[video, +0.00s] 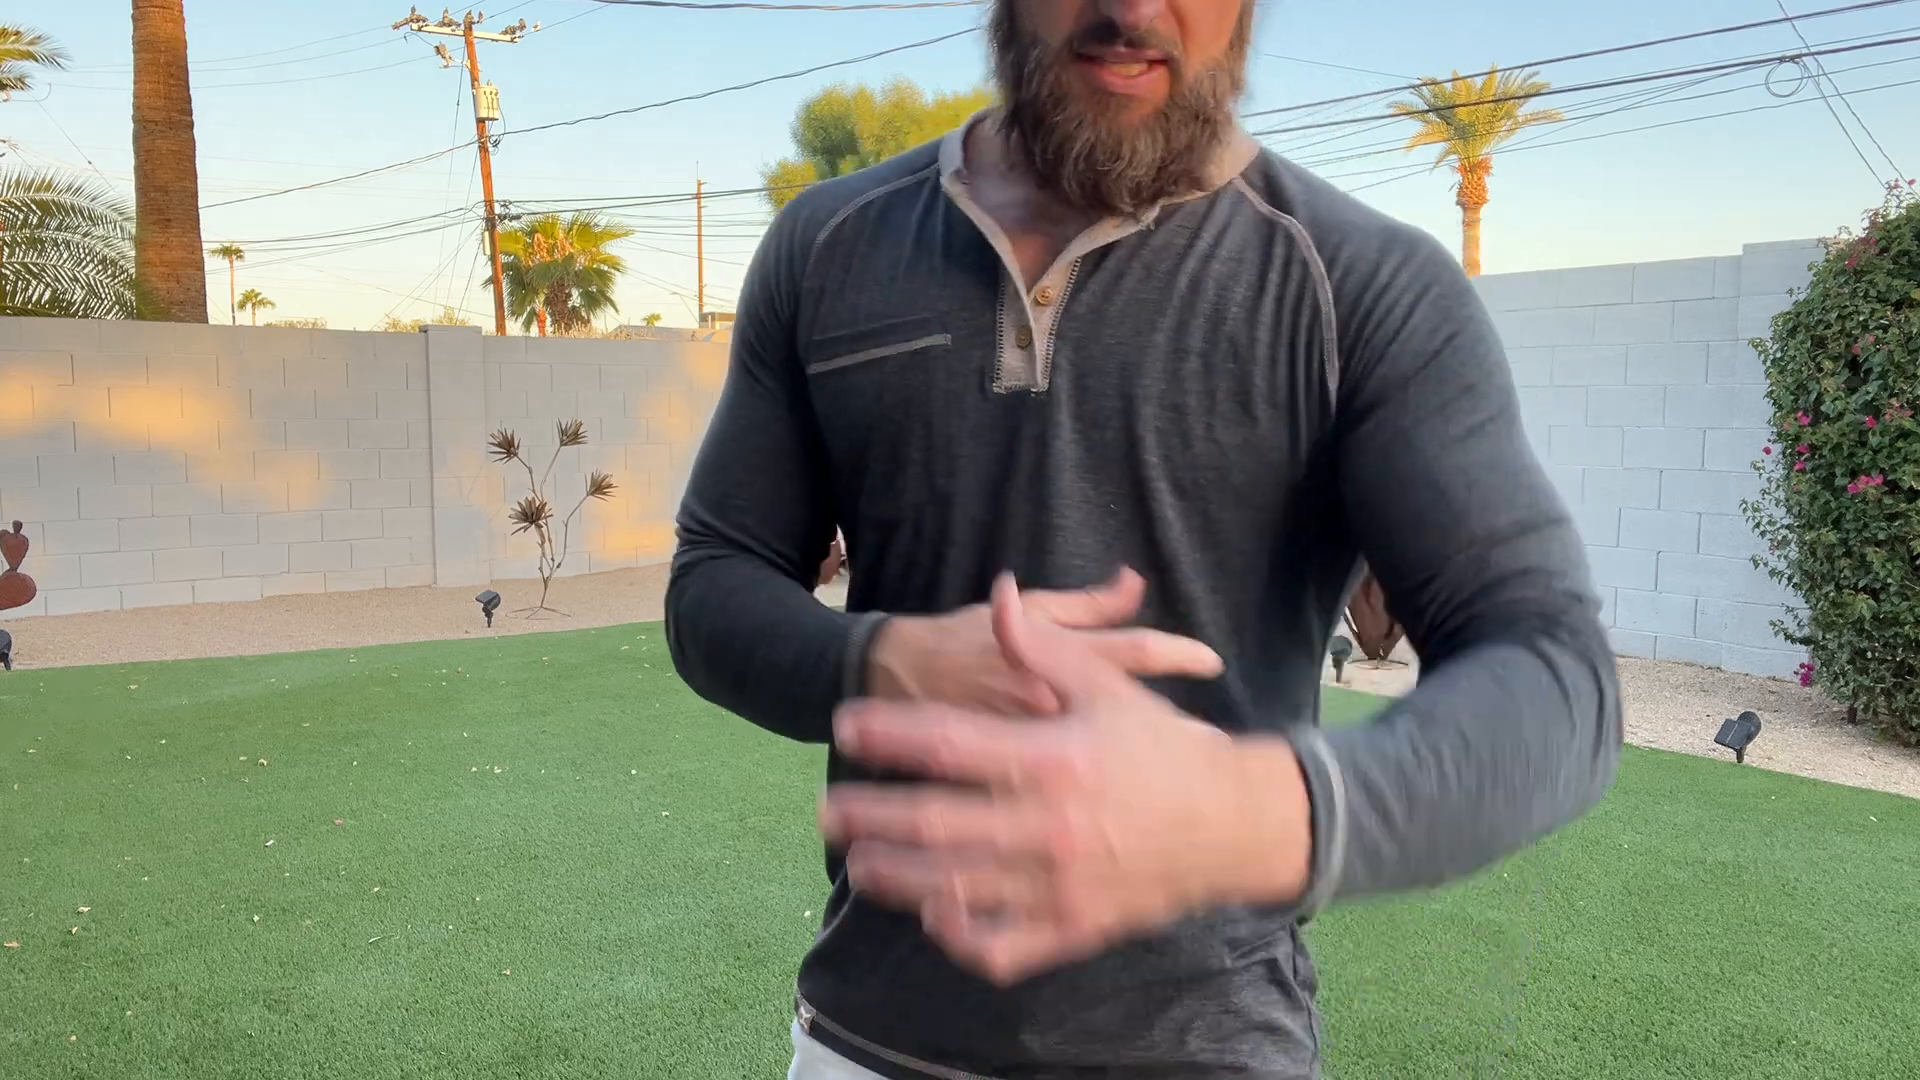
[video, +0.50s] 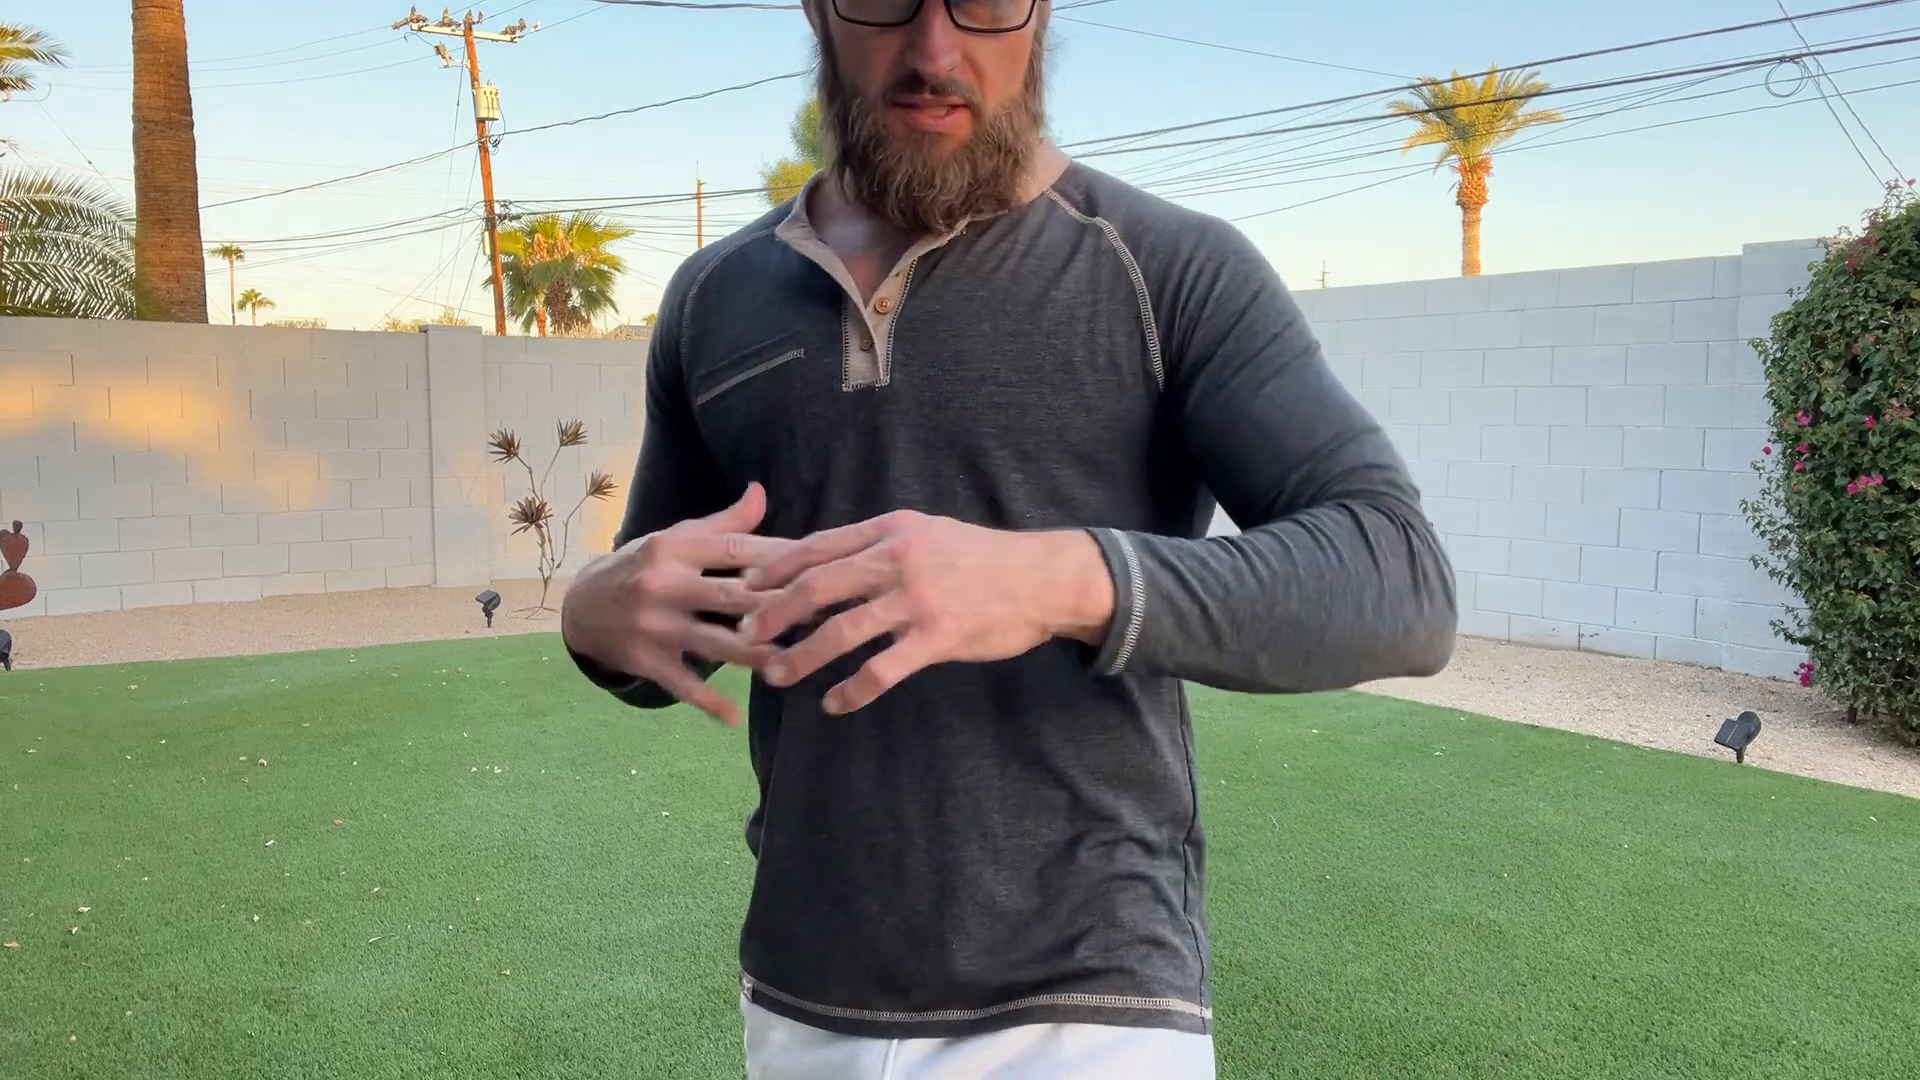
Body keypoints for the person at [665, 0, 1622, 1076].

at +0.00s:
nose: (1133, 7)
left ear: (1243, 15)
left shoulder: (1365, 284)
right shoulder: (827, 253)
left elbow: (1553, 681)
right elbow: (714, 589)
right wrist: (889, 666)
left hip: (1204, 1026)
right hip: (879, 1020)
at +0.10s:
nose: (1076, 1)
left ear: (1195, 5)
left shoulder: (1317, 263)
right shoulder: (802, 260)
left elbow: (1617, 582)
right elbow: (666, 583)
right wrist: (720, 609)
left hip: (1177, 1025)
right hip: (858, 1021)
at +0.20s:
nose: (1041, 17)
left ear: (1151, 7)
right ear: (918, 6)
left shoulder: (1270, 252)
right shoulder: (786, 271)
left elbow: (1577, 490)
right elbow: (692, 583)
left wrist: (1170, 523)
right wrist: (575, 614)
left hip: (1158, 1027)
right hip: (836, 1020)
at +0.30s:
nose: (1002, 38)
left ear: (1108, 23)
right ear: (886, 17)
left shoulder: (1230, 263)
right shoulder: (766, 286)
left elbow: (1499, 483)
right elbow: (688, 586)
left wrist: (1088, 550)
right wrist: (553, 619)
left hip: (1140, 1031)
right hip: (828, 1021)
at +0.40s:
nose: (963, 47)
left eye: (1013, 7)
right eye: (915, 4)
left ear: (1068, 28)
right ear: (853, 24)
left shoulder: (1191, 267)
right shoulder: (739, 294)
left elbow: (1426, 528)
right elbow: (681, 610)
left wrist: (1028, 562)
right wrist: (575, 615)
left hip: (1108, 1008)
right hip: (813, 1007)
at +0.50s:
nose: (933, 50)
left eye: (984, 10)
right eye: (884, 7)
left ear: (1039, 28)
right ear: (824, 22)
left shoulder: (1171, 269)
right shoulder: (717, 302)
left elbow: (1399, 581)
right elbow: (667, 634)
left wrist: (1065, 577)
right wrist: (589, 614)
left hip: (1088, 997)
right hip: (810, 998)